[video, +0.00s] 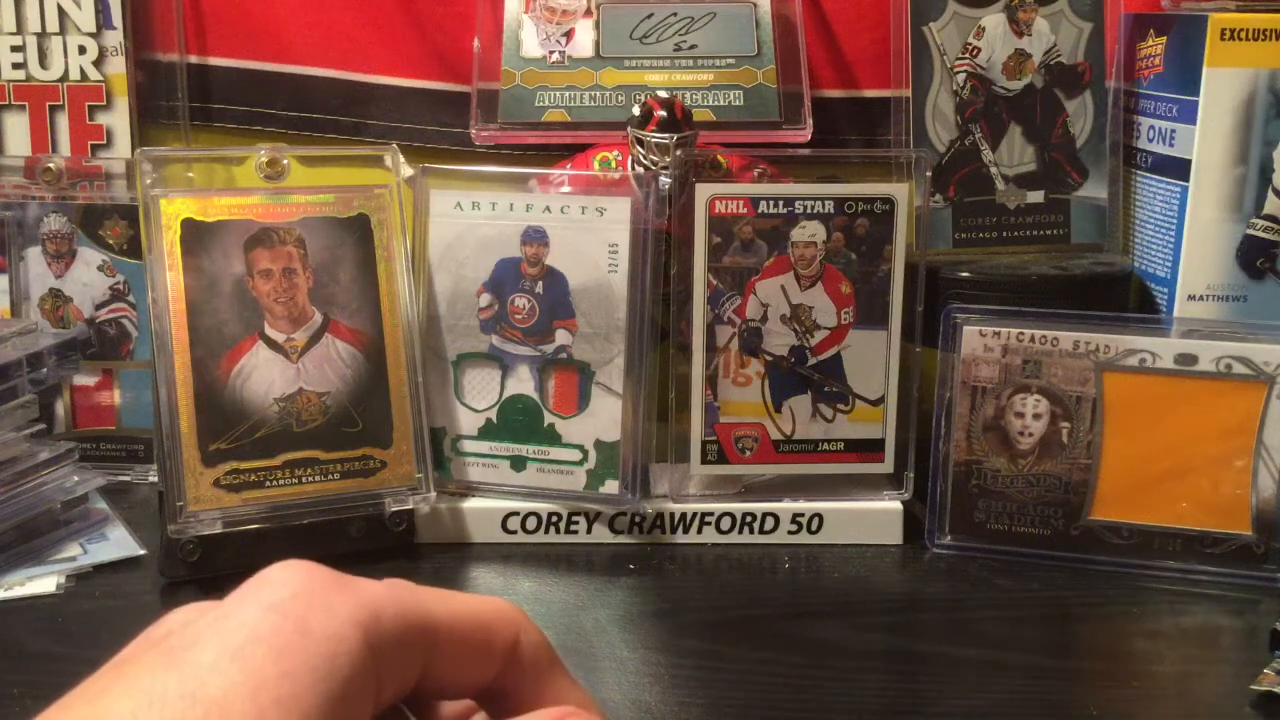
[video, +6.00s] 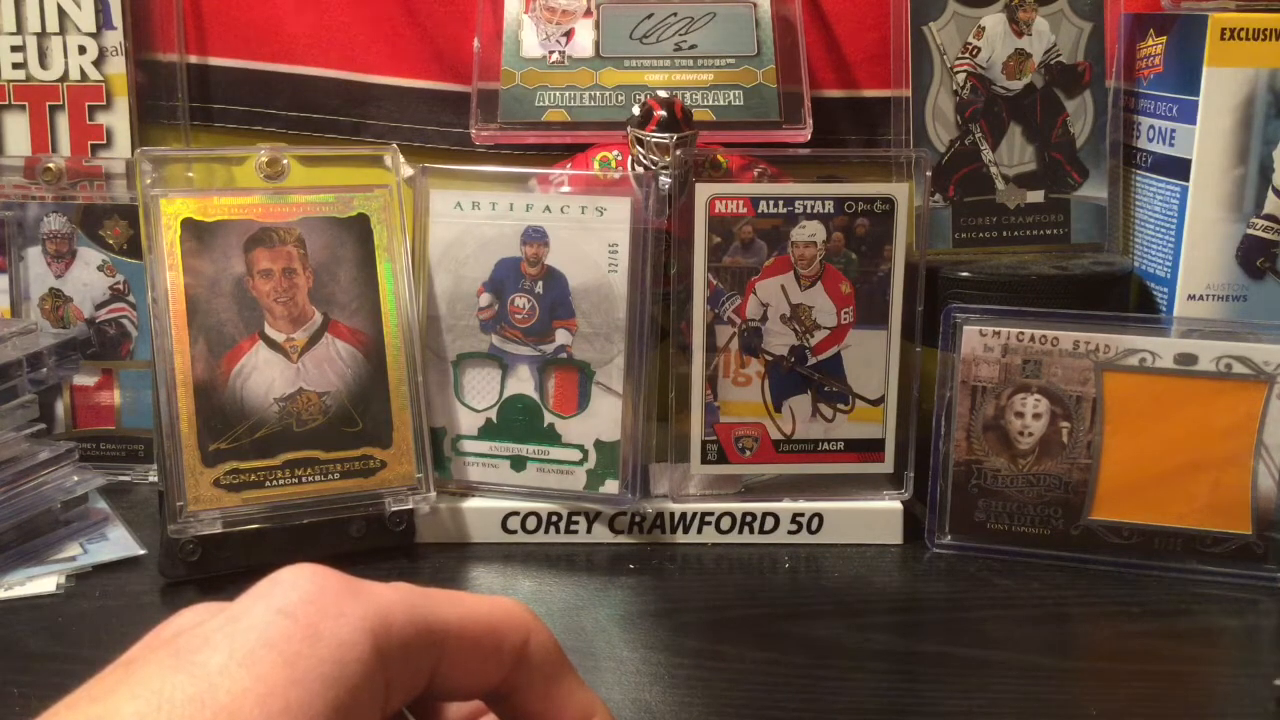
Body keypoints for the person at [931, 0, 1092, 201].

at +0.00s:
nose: (1030, 17)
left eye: (1033, 11)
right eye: (1024, 11)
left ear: (1037, 10)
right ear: (1011, 9)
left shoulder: (1041, 27)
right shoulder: (990, 26)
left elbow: (1051, 56)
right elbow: (965, 63)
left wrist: (1064, 75)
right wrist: (968, 97)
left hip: (1025, 92)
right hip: (992, 94)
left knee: (1055, 120)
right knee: (979, 139)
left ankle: (1063, 174)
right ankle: (944, 183)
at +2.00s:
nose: (1030, 16)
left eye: (1033, 11)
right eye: (1024, 11)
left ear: (1037, 10)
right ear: (1011, 9)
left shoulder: (1041, 28)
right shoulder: (990, 26)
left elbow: (1051, 62)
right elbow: (965, 63)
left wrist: (1069, 75)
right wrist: (970, 99)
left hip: (1026, 91)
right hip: (992, 93)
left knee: (1056, 124)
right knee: (980, 138)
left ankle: (1063, 176)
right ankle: (942, 184)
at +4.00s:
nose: (1029, 16)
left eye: (1033, 10)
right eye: (1023, 10)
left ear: (1037, 11)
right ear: (1010, 9)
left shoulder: (1041, 27)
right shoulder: (990, 26)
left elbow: (1050, 63)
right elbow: (965, 62)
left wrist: (1069, 75)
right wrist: (970, 97)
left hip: (1025, 92)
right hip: (992, 93)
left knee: (1055, 118)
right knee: (982, 136)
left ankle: (1062, 174)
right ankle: (943, 182)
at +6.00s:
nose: (1029, 16)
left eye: (1033, 10)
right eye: (1024, 10)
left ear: (1037, 10)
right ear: (1011, 8)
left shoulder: (1041, 27)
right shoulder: (990, 26)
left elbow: (1050, 59)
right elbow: (965, 62)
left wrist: (1068, 73)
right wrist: (968, 96)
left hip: (1027, 91)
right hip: (993, 93)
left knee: (1057, 122)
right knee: (979, 138)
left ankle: (1062, 176)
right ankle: (943, 185)